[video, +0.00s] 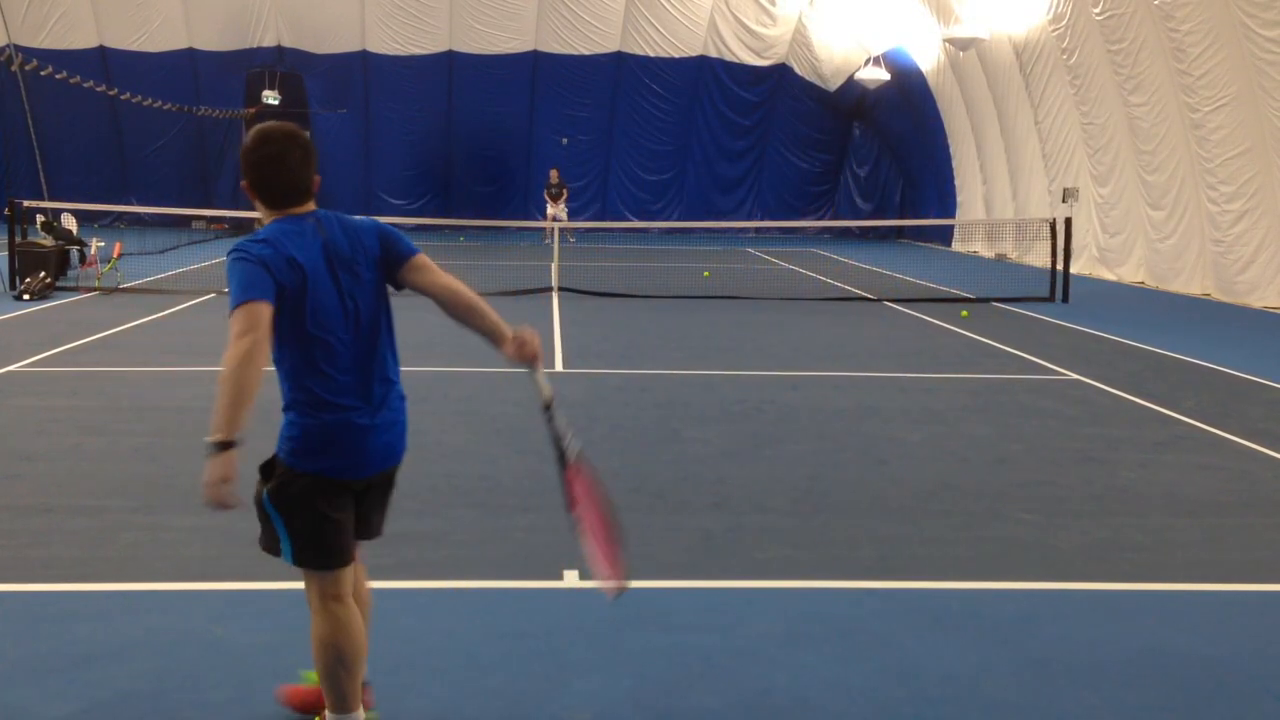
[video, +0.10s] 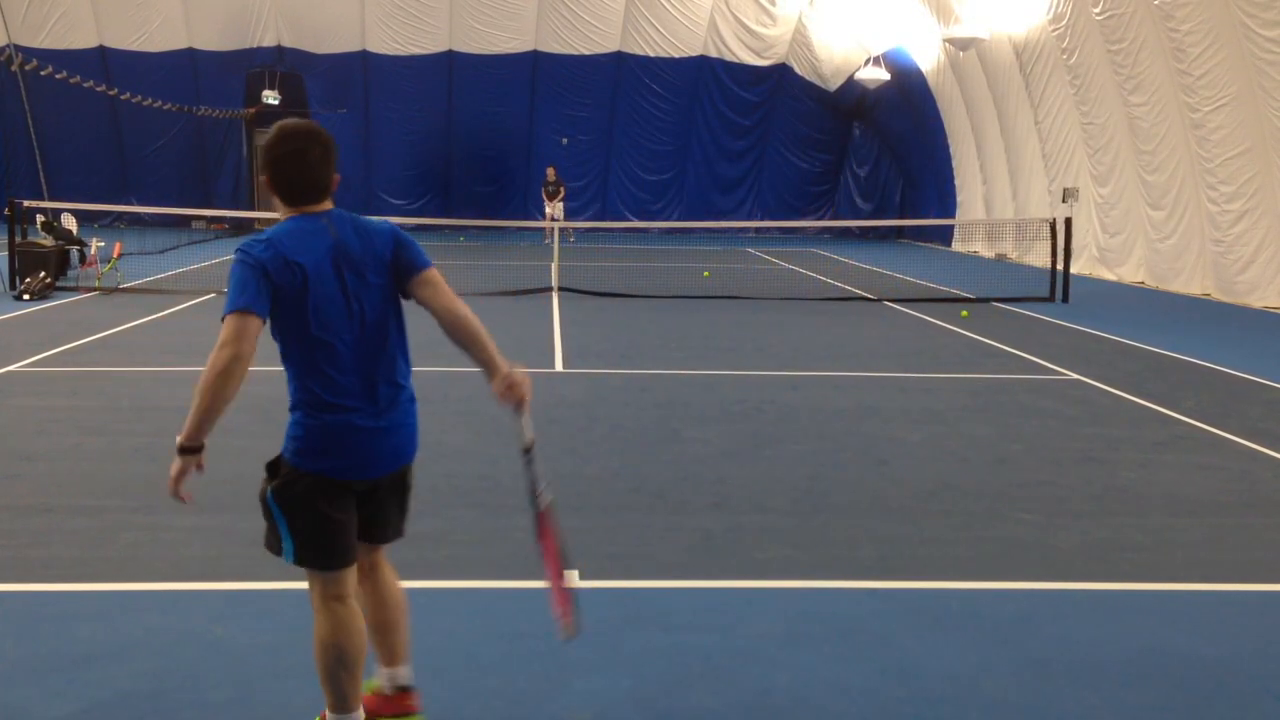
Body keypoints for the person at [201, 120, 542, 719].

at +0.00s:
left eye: (246, 179)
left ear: (249, 191)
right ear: (315, 181)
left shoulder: (256, 254)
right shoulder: (365, 232)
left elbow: (251, 338)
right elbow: (442, 286)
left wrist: (222, 443)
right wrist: (504, 334)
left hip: (317, 448)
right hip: (383, 441)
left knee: (330, 593)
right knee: (348, 565)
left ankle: (347, 713)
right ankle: (346, 683)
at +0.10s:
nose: (263, 181)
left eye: (263, 174)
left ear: (268, 185)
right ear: (335, 179)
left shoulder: (263, 254)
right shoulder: (382, 237)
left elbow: (235, 352)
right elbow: (446, 303)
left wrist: (192, 438)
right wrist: (497, 366)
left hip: (321, 450)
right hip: (392, 442)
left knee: (333, 590)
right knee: (372, 557)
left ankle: (342, 713)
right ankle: (398, 686)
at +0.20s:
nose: (284, 174)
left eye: (284, 167)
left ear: (288, 180)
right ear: (355, 177)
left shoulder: (272, 252)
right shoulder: (398, 239)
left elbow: (241, 355)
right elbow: (448, 324)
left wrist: (206, 420)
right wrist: (486, 396)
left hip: (324, 449)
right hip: (401, 442)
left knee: (336, 590)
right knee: (397, 557)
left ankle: (344, 713)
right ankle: (435, 693)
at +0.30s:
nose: (315, 174)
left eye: (313, 167)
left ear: (315, 177)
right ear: (380, 179)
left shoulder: (289, 249)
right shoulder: (416, 246)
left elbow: (254, 353)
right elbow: (449, 342)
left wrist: (245, 388)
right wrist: (473, 418)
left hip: (330, 453)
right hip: (410, 448)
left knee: (340, 591)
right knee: (428, 569)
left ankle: (345, 714)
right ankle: (454, 700)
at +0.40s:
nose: (343, 174)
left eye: (344, 166)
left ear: (340, 177)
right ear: (406, 180)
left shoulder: (310, 248)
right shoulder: (438, 253)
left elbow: (274, 345)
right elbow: (458, 353)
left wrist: (295, 366)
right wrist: (468, 431)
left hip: (343, 452)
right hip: (422, 450)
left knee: (347, 589)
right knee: (438, 576)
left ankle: (346, 714)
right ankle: (455, 702)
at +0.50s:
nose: (368, 176)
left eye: (370, 170)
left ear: (370, 181)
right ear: (434, 183)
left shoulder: (341, 248)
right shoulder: (464, 258)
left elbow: (301, 340)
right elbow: (475, 358)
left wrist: (325, 357)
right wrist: (476, 440)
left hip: (361, 453)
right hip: (433, 454)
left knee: (354, 586)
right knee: (448, 580)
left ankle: (347, 712)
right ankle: (456, 705)